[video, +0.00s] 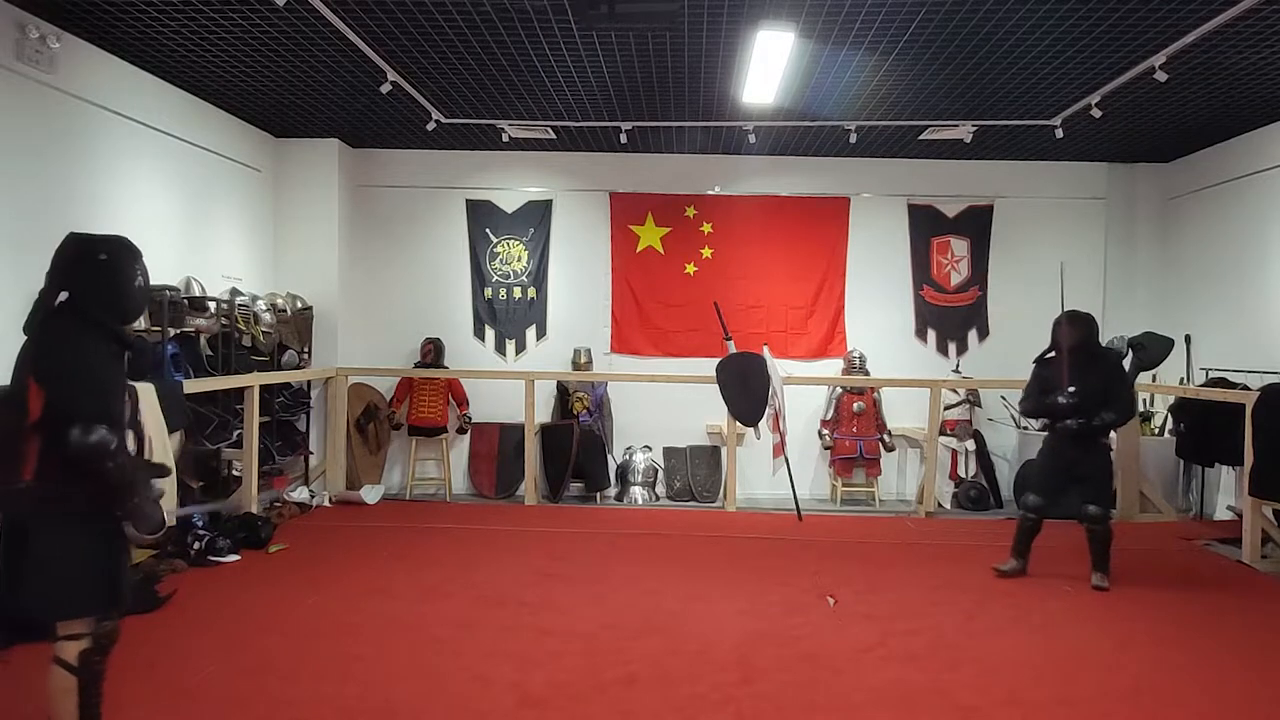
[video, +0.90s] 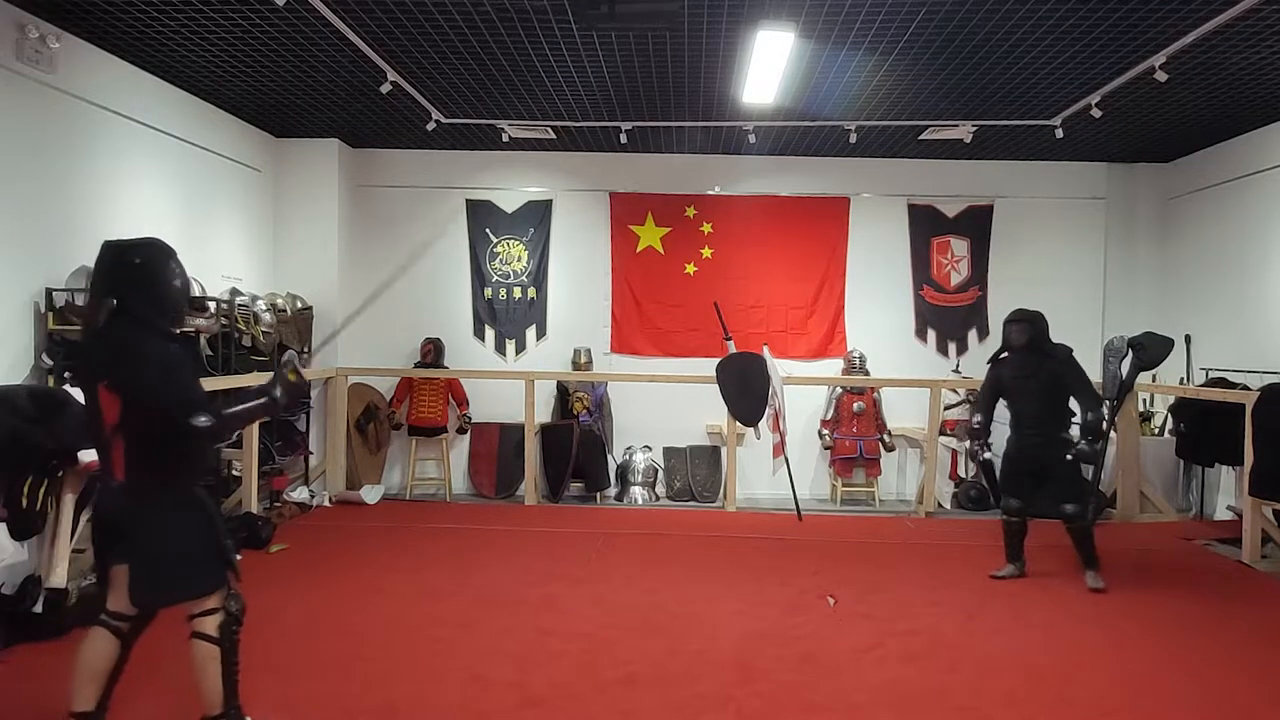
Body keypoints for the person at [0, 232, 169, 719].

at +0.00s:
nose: (140, 291)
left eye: (138, 280)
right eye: (132, 280)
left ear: (84, 283)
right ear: (105, 285)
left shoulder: (84, 334)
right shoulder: (80, 342)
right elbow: (91, 439)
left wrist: (133, 474)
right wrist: (136, 495)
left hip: (87, 505)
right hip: (65, 509)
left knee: (101, 628)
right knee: (76, 636)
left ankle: (87, 713)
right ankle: (69, 717)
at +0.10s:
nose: (143, 293)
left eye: (142, 281)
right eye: (136, 282)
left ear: (86, 281)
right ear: (109, 285)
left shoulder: (68, 331)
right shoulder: (86, 342)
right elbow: (98, 445)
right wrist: (135, 522)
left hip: (64, 504)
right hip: (77, 511)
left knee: (96, 621)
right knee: (94, 629)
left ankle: (81, 707)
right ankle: (80, 714)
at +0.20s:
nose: (146, 288)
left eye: (145, 276)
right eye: (137, 277)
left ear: (86, 282)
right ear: (108, 282)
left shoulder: (63, 332)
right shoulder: (94, 341)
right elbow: (94, 433)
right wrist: (112, 513)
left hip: (62, 501)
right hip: (93, 504)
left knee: (83, 622)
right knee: (134, 610)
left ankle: (72, 712)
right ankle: (90, 714)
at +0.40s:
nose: (149, 285)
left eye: (146, 274)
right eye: (141, 275)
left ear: (85, 281)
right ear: (122, 281)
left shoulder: (59, 335)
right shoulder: (125, 344)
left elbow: (43, 422)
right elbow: (139, 445)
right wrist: (161, 497)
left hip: (70, 492)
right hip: (119, 493)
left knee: (81, 615)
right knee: (187, 596)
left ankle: (73, 714)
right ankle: (144, 710)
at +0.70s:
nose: (164, 285)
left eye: (160, 274)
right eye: (156, 274)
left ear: (94, 283)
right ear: (136, 282)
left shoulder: (79, 341)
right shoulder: (139, 340)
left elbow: (69, 428)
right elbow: (149, 431)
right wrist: (206, 489)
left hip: (105, 495)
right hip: (161, 494)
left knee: (101, 612)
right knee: (188, 610)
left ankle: (77, 711)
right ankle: (219, 712)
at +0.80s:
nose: (173, 285)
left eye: (169, 274)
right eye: (164, 275)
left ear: (107, 283)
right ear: (143, 283)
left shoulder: (97, 339)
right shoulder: (141, 343)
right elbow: (160, 435)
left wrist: (244, 436)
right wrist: (247, 442)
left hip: (117, 497)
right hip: (161, 499)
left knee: (112, 613)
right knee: (203, 606)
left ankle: (80, 711)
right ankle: (222, 712)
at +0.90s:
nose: (184, 287)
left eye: (180, 276)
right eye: (175, 277)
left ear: (119, 287)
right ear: (153, 287)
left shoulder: (99, 343)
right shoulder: (160, 351)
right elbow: (201, 423)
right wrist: (270, 400)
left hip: (118, 500)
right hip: (170, 502)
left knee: (120, 611)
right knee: (215, 603)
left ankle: (82, 712)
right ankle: (222, 712)